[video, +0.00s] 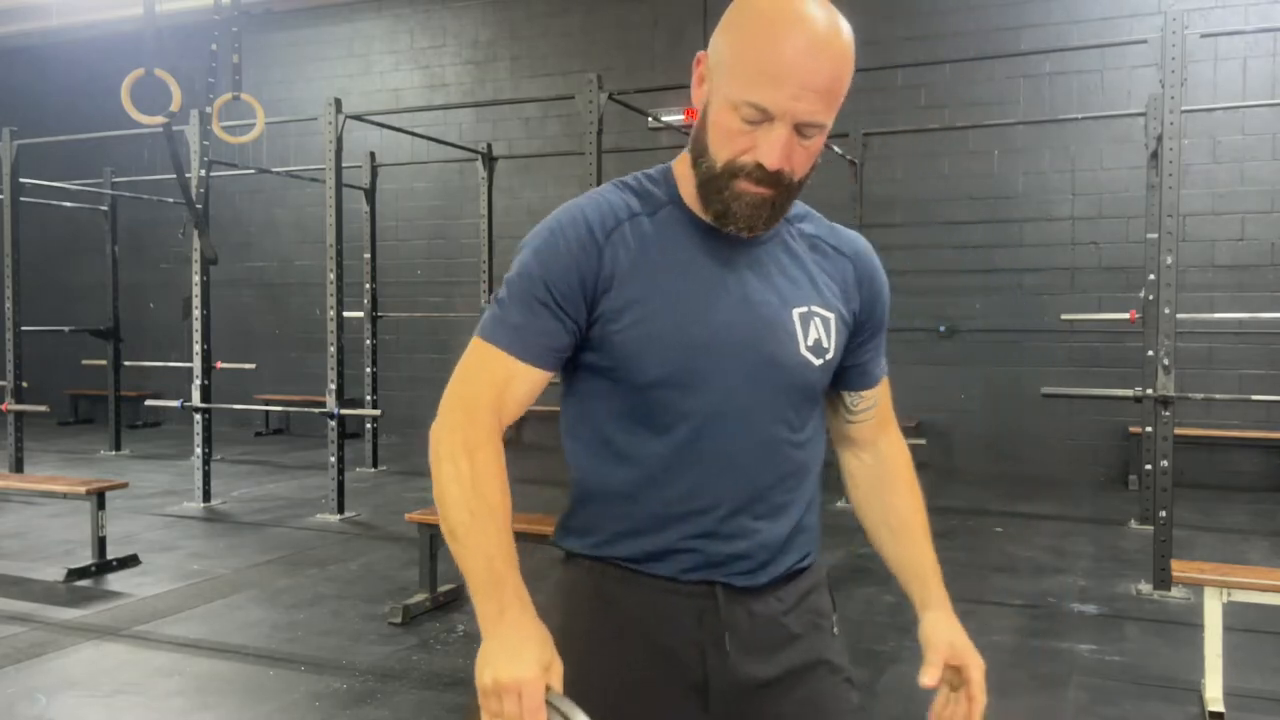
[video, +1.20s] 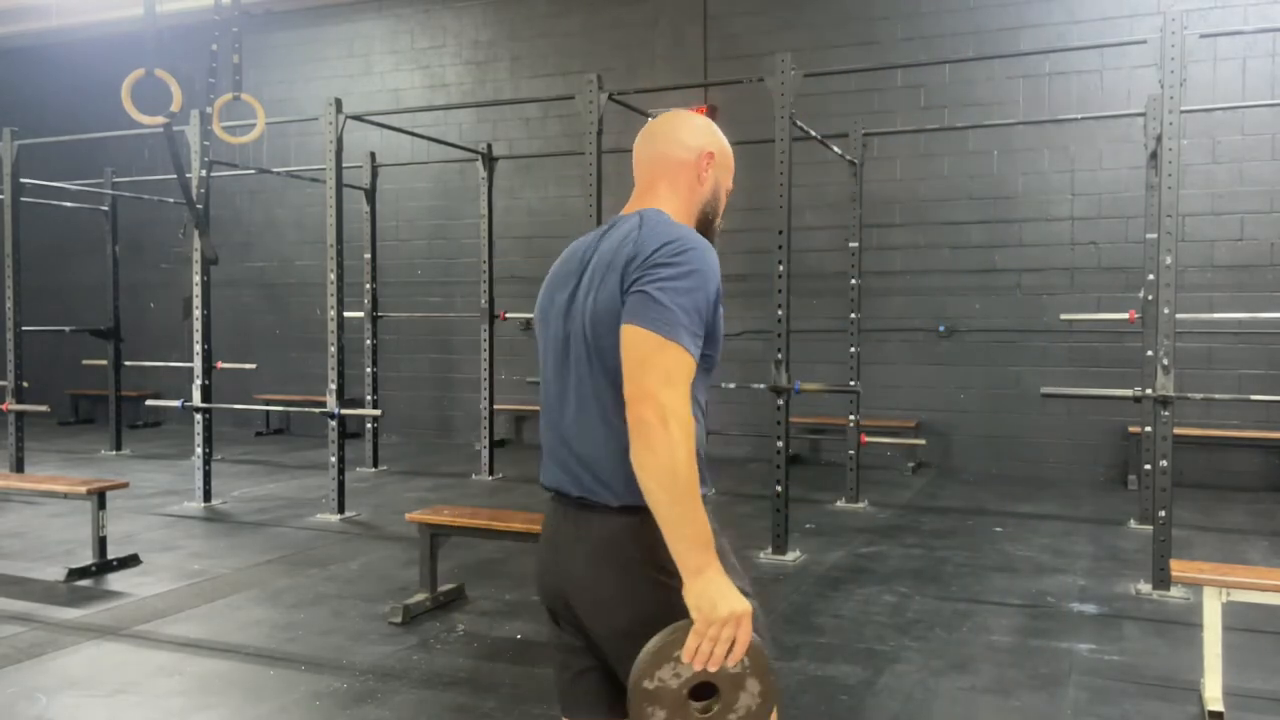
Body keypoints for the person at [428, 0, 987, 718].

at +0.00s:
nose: (774, 158)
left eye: (806, 131)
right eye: (753, 117)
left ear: (831, 127)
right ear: (701, 84)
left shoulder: (846, 270)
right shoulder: (589, 242)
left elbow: (869, 437)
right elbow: (462, 428)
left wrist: (933, 607)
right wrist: (505, 623)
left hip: (788, 627)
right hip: (620, 626)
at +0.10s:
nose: (741, 168)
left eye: (772, 140)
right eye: (720, 127)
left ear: (797, 132)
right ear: (666, 88)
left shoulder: (801, 265)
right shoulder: (556, 246)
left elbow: (810, 421)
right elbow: (450, 443)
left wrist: (871, 585)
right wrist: (490, 647)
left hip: (755, 619)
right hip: (594, 624)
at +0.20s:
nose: (725, 172)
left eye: (755, 147)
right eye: (706, 133)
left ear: (780, 135)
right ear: (651, 92)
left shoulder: (761, 257)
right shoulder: (535, 249)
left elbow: (763, 413)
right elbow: (444, 464)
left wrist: (810, 565)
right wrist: (483, 667)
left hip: (730, 609)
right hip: (576, 620)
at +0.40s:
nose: (753, 181)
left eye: (769, 156)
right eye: (739, 145)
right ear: (664, 103)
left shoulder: (701, 244)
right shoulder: (536, 253)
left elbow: (679, 411)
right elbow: (452, 466)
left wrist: (716, 535)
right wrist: (492, 676)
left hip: (688, 593)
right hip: (568, 613)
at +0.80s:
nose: (755, 199)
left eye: (762, 179)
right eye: (755, 172)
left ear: (704, 145)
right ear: (704, 141)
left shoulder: (644, 248)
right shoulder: (612, 244)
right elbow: (533, 428)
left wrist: (653, 583)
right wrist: (576, 621)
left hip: (632, 573)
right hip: (597, 580)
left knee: (629, 709)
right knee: (596, 713)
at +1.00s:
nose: (734, 206)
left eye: (740, 187)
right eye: (737, 181)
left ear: (668, 155)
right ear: (702, 154)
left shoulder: (584, 250)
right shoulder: (642, 249)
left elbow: (569, 423)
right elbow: (587, 415)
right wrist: (634, 589)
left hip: (578, 549)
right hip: (622, 555)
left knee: (611, 702)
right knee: (650, 705)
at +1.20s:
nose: (727, 198)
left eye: (730, 180)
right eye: (730, 177)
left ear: (640, 169)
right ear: (706, 164)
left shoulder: (570, 261)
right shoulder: (677, 251)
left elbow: (573, 408)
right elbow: (655, 406)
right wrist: (704, 574)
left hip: (567, 537)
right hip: (645, 548)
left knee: (592, 708)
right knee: (728, 704)